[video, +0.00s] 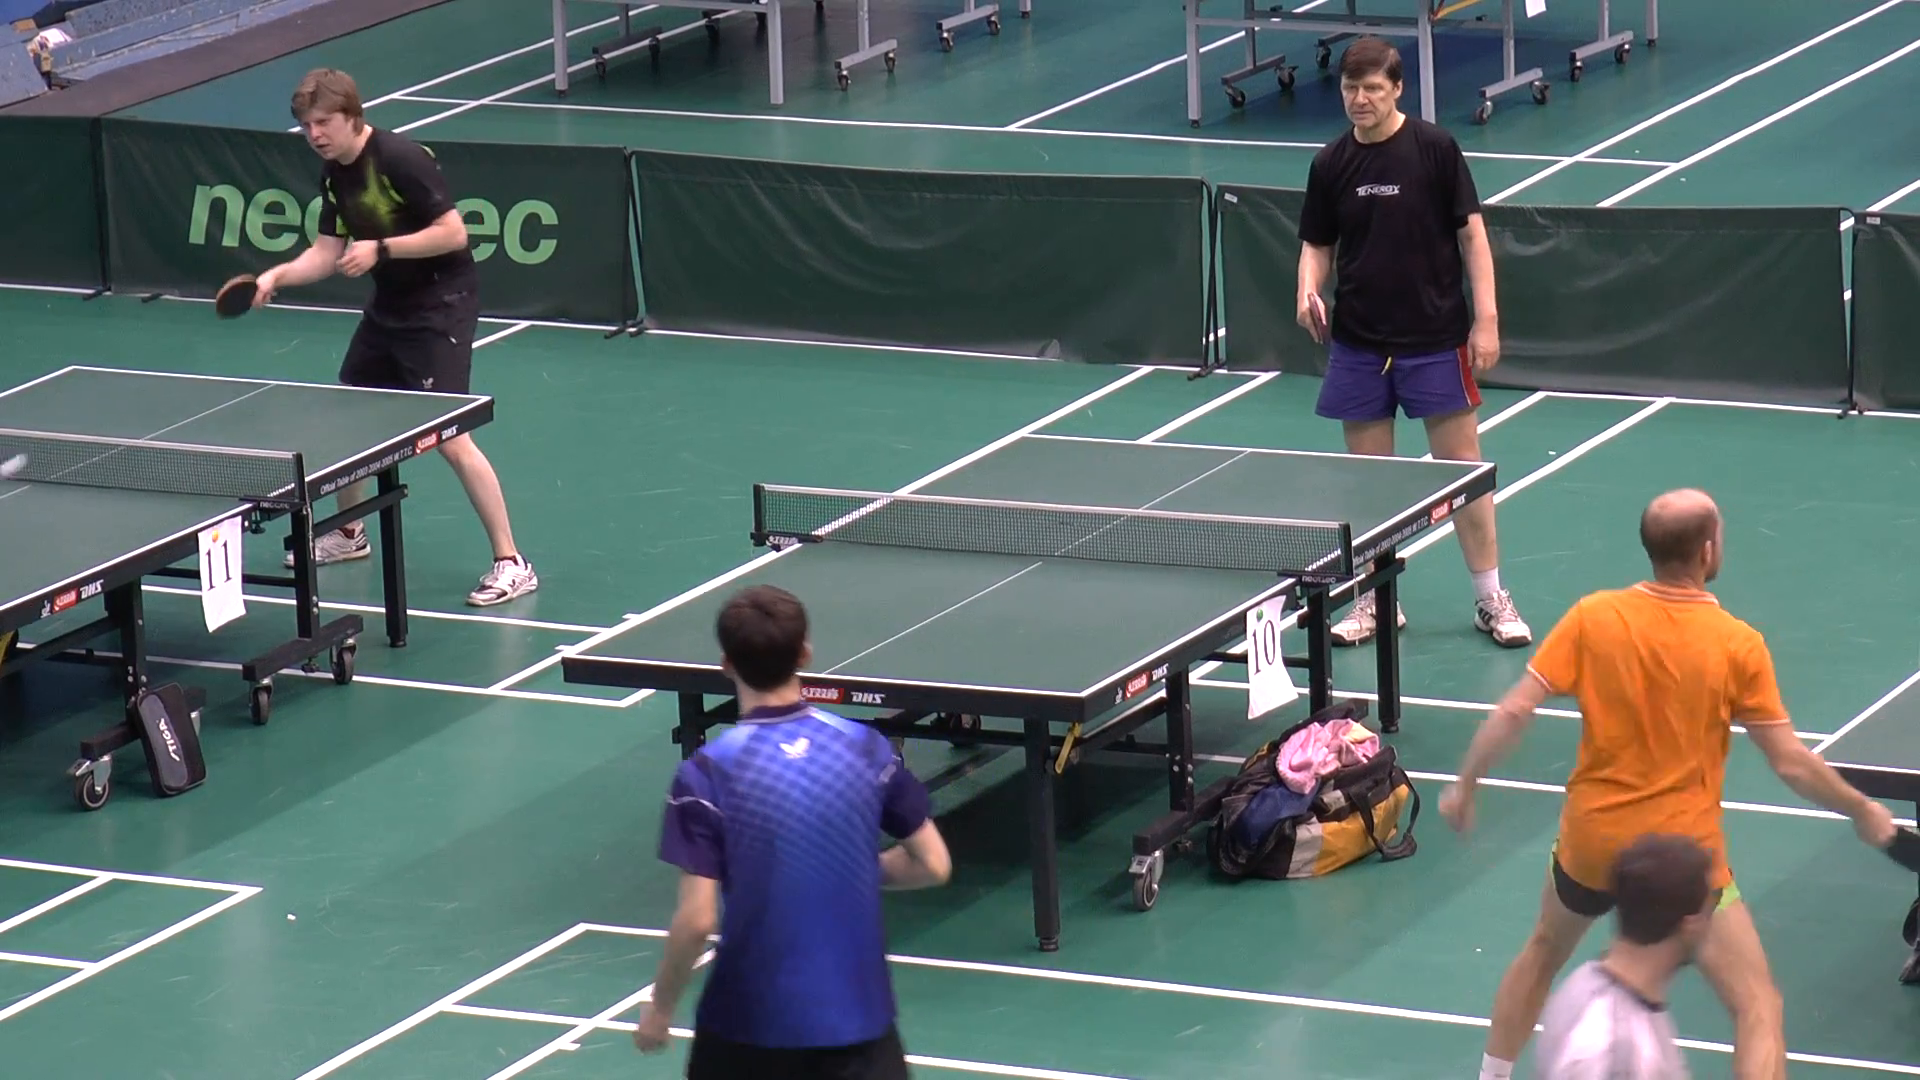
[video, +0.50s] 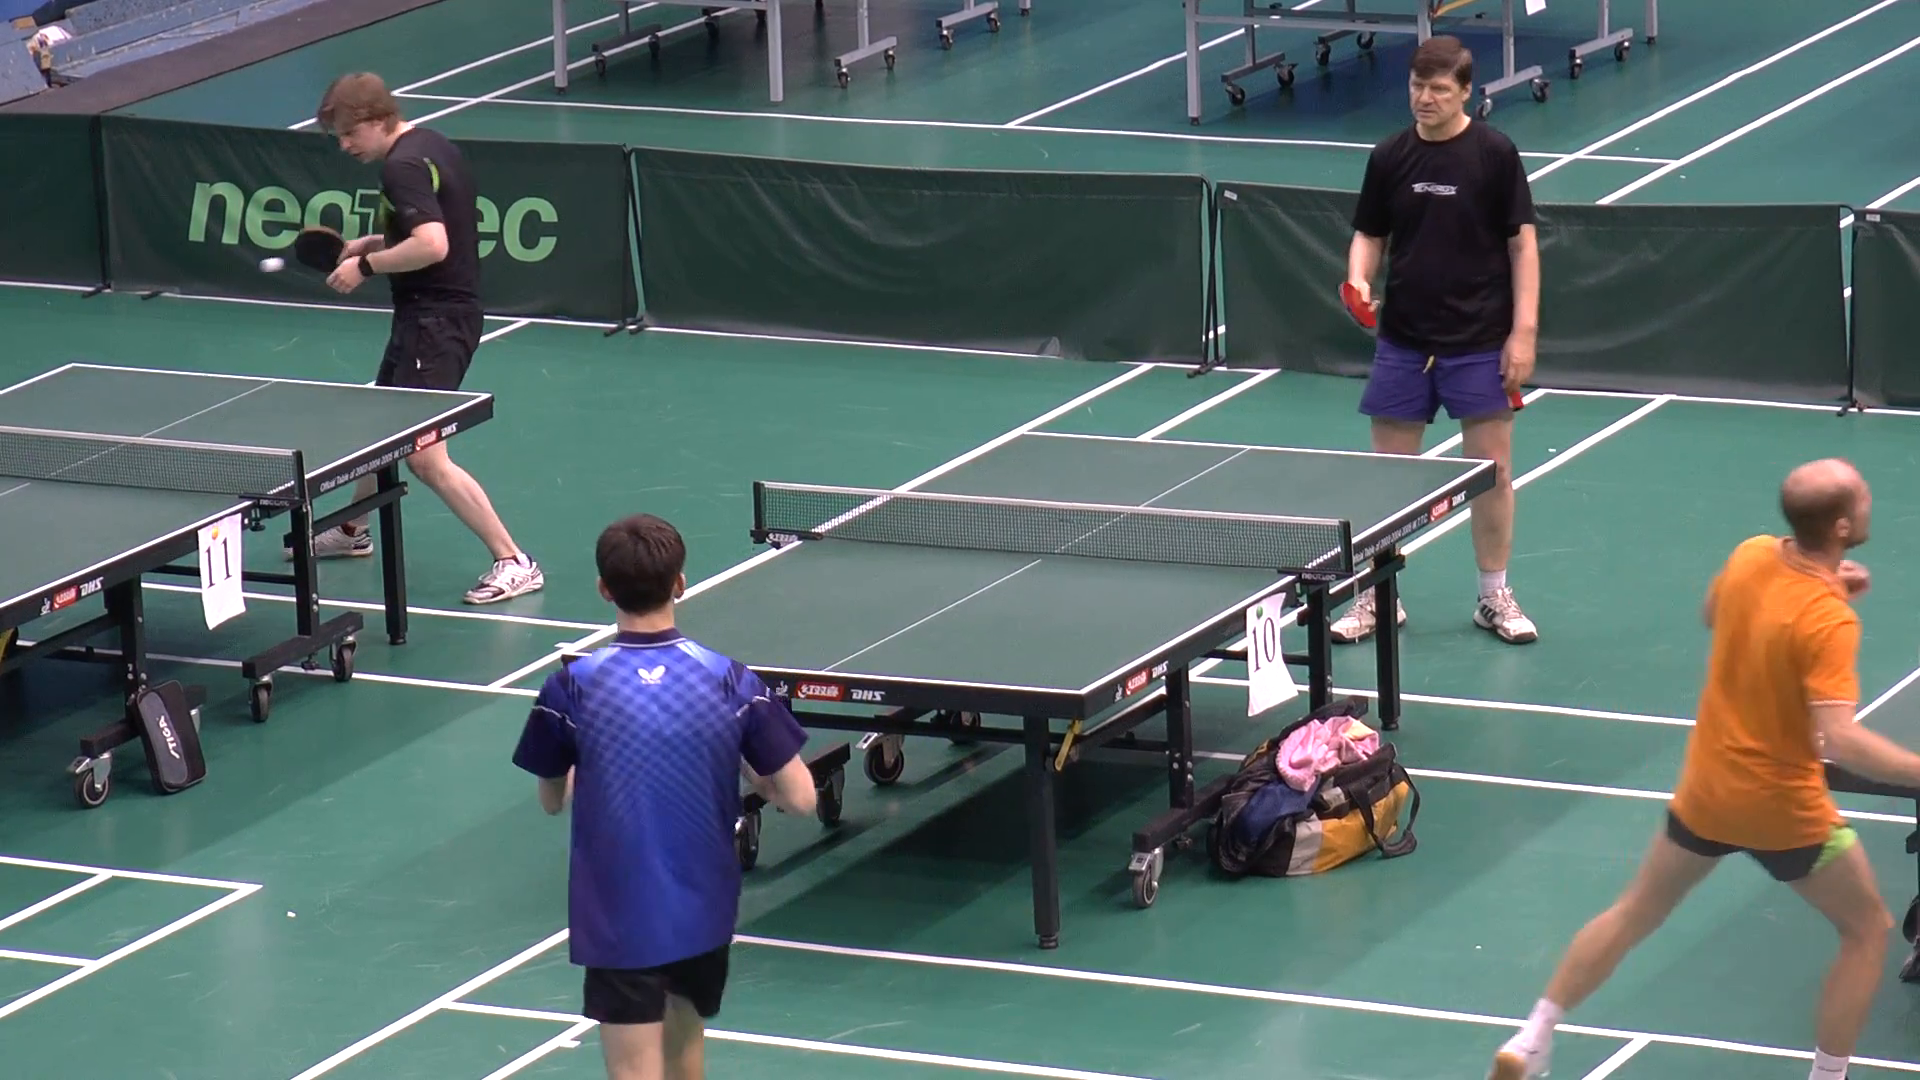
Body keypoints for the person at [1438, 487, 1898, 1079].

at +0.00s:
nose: (1723, 542)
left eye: (1720, 532)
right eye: (1720, 533)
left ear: (1647, 548)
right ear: (1708, 549)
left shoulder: (1592, 616)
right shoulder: (1736, 641)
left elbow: (1513, 710)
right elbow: (1790, 762)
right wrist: (1863, 809)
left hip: (1590, 843)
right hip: (1688, 852)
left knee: (1543, 951)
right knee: (1757, 1004)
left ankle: (1493, 1072)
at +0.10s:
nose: (1728, 519)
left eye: (1724, 510)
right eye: (1725, 512)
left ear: (1655, 527)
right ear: (1711, 530)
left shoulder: (1598, 583)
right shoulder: (1730, 622)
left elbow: (1513, 666)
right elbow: (1761, 748)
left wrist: (1517, 707)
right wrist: (1831, 797)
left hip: (1588, 823)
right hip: (1672, 835)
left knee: (1546, 944)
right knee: (1780, 949)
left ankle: (1490, 1070)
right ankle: (1758, 1074)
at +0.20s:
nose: (1754, 498)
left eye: (1752, 487)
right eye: (1750, 491)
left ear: (1680, 503)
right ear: (1735, 510)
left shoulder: (1623, 555)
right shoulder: (1738, 603)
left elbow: (1560, 631)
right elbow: (1752, 732)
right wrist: (1825, 777)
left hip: (1599, 787)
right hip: (1679, 804)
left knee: (1554, 924)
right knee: (1781, 925)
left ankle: (1485, 1063)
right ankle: (1769, 1065)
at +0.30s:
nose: (1786, 492)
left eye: (1781, 484)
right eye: (1781, 487)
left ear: (1714, 507)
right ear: (1761, 511)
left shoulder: (1659, 548)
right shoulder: (1754, 608)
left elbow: (1615, 619)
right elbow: (1759, 734)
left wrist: (1688, 601)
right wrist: (1846, 780)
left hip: (1616, 784)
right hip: (1696, 803)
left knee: (1560, 922)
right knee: (1798, 927)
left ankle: (1486, 1061)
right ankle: (1792, 1069)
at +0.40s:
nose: (1828, 506)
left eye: (1822, 497)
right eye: (1821, 503)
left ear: (1756, 520)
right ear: (1802, 530)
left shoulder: (1712, 555)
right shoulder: (1788, 622)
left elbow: (1673, 615)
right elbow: (1790, 746)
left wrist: (1782, 596)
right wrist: (1884, 786)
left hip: (1655, 789)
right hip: (1733, 808)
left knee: (1584, 922)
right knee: (1830, 924)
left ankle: (1495, 1059)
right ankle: (1823, 1071)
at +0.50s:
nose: (1868, 497)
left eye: (1861, 491)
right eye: (1861, 495)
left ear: (1797, 522)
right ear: (1842, 527)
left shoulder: (1755, 552)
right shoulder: (1830, 616)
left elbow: (1715, 610)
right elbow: (1840, 739)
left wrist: (1821, 583)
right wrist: (1918, 771)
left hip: (1705, 786)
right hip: (1782, 806)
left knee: (1631, 913)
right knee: (1868, 928)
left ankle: (1529, 1041)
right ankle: (1828, 1073)